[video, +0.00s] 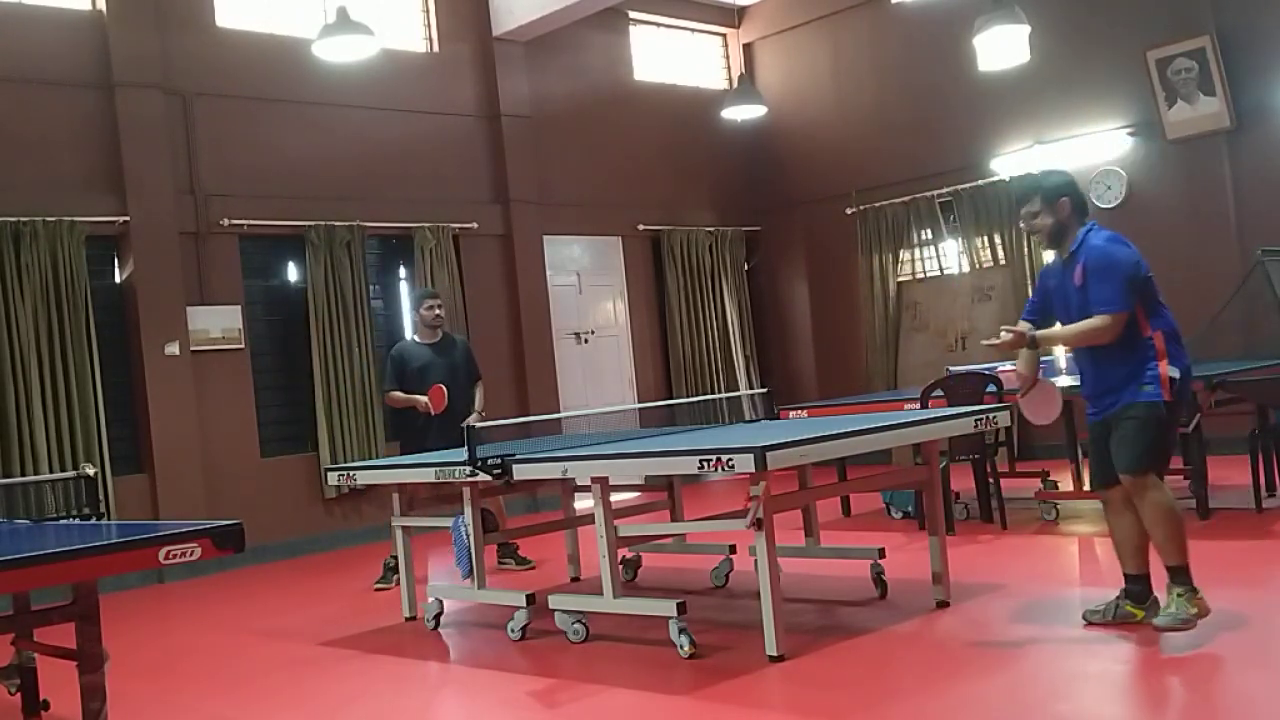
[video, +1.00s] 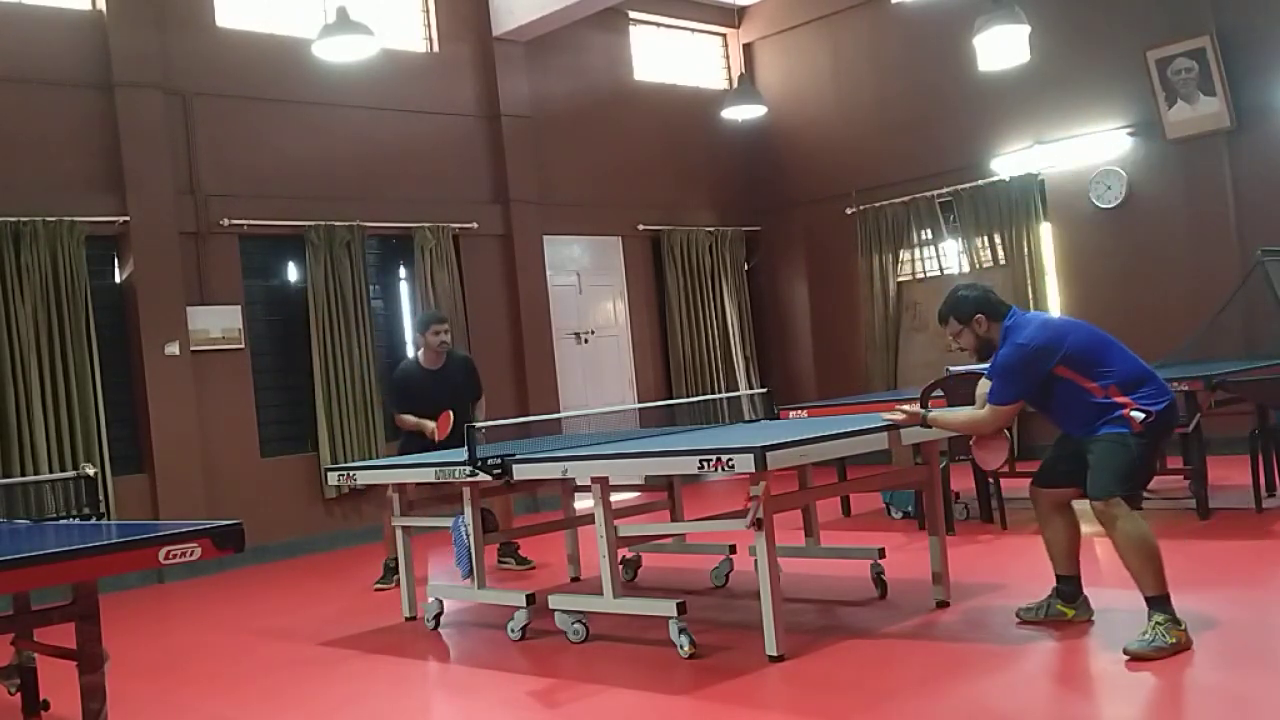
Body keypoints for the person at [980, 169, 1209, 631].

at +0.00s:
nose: (1029, 223)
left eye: (1036, 213)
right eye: (1025, 216)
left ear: (1065, 207)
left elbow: (1107, 327)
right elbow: (1030, 326)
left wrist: (1035, 339)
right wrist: (1021, 354)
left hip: (1148, 377)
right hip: (1104, 392)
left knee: (1136, 474)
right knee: (1112, 488)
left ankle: (1185, 592)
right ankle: (1138, 596)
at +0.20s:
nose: (1014, 242)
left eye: (1017, 231)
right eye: (1011, 233)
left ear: (1044, 221)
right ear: (1041, 226)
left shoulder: (1092, 262)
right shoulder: (1047, 274)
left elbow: (1083, 344)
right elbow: (1028, 327)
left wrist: (1012, 352)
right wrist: (1017, 361)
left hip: (1139, 395)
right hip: (1095, 402)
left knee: (1141, 495)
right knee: (1096, 493)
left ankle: (1169, 613)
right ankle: (1135, 598)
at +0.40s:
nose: (1003, 262)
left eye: (1005, 251)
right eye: (1000, 253)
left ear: (1032, 242)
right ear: (1033, 245)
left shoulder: (1076, 282)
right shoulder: (1051, 284)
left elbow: (1054, 367)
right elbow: (1032, 335)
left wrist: (978, 377)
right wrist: (1015, 372)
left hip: (1143, 400)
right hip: (1100, 403)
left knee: (1130, 503)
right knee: (1061, 475)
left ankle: (1167, 622)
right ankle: (1108, 576)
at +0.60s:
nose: (982, 301)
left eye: (983, 291)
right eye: (979, 294)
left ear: (1008, 279)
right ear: (1009, 280)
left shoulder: (1051, 311)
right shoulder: (1034, 305)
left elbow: (1020, 394)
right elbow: (1012, 351)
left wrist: (950, 398)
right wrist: (1005, 385)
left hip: (1142, 402)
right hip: (1101, 410)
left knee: (1117, 500)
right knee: (1070, 495)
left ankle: (1167, 622)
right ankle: (1071, 597)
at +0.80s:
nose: (965, 337)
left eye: (965, 326)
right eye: (960, 329)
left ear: (989, 313)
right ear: (990, 313)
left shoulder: (1030, 341)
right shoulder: (1019, 331)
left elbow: (995, 418)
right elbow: (992, 380)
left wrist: (928, 415)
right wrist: (990, 412)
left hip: (1139, 410)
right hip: (1095, 420)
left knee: (1113, 502)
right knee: (1054, 493)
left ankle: (1166, 621)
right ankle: (1070, 600)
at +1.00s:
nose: (955, 344)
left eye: (957, 334)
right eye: (951, 337)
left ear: (980, 322)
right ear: (983, 321)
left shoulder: (1022, 346)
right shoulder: (1014, 335)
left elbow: (989, 422)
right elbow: (984, 388)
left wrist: (924, 417)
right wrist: (992, 415)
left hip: (1134, 411)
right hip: (1091, 422)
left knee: (1109, 502)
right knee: (1047, 493)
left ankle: (1165, 621)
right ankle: (1069, 599)